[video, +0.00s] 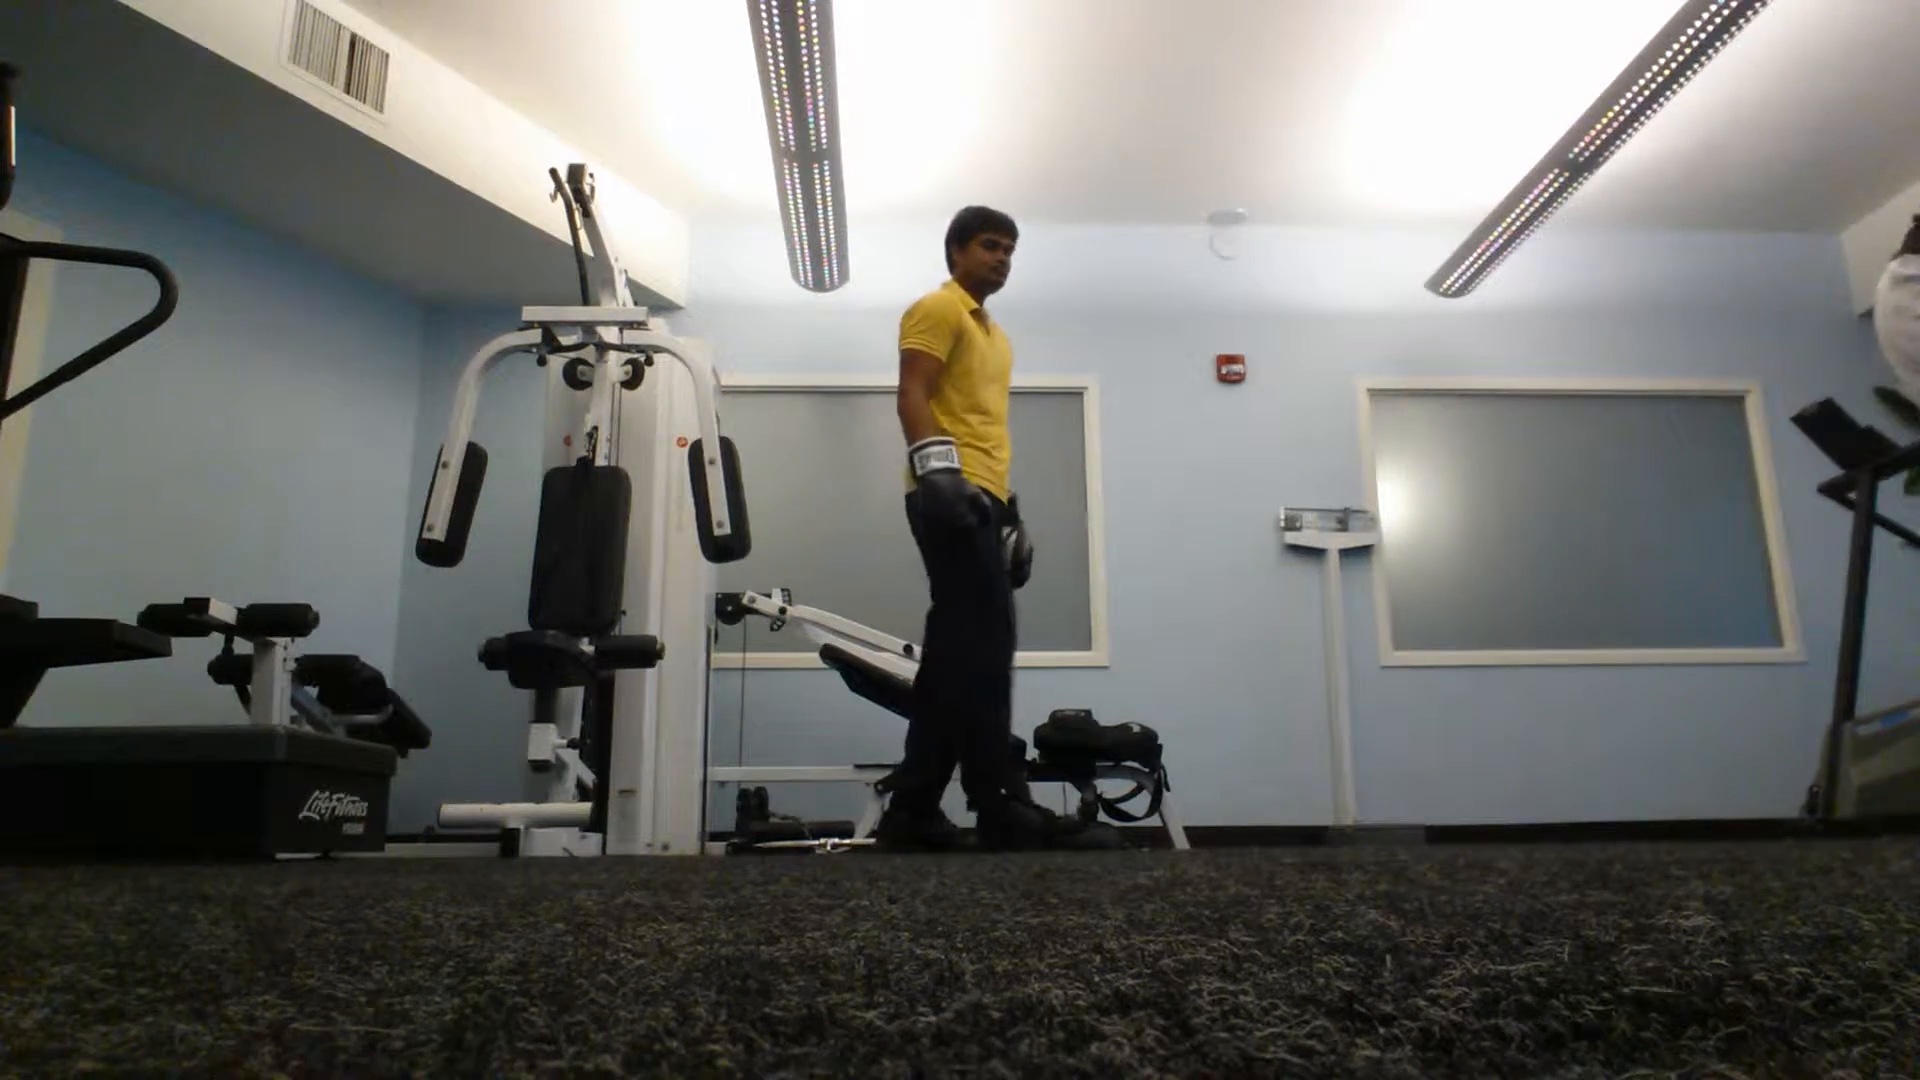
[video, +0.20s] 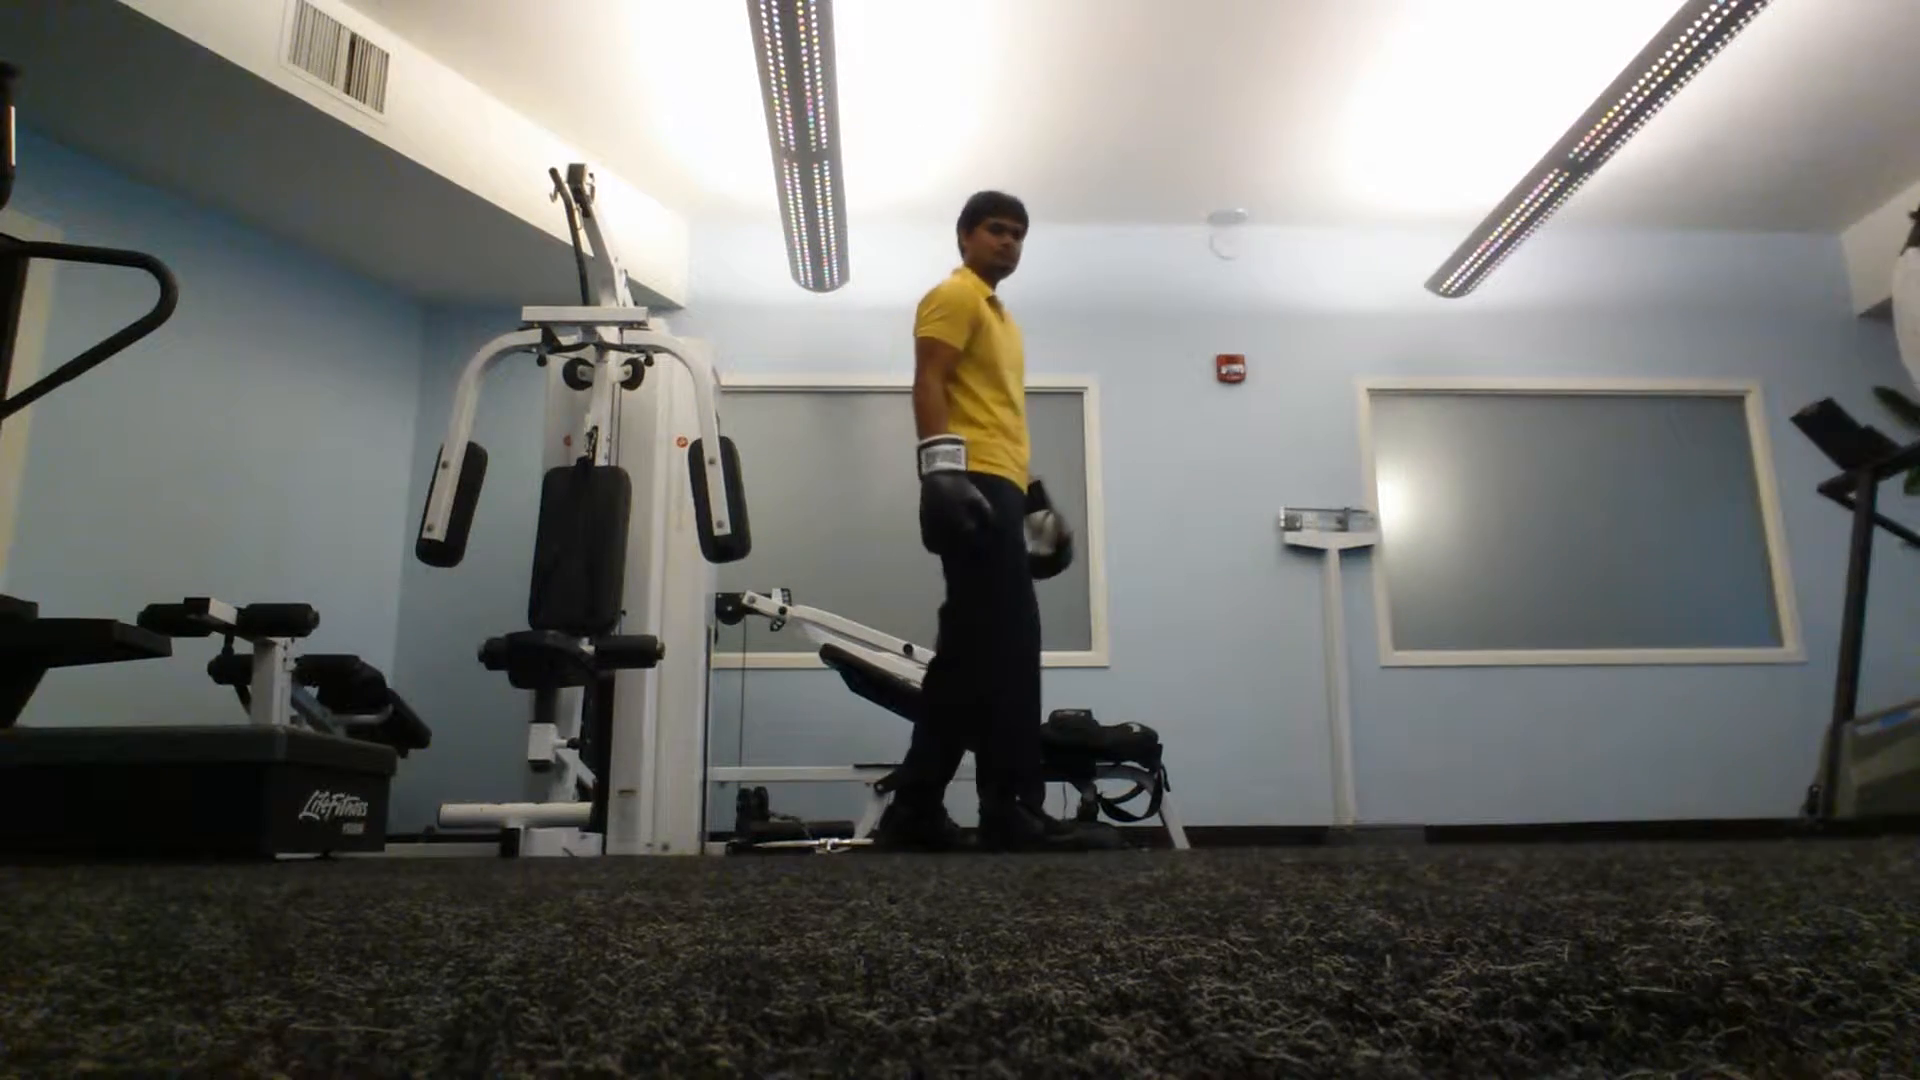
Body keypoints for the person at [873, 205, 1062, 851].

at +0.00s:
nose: (1002, 259)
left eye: (1009, 252)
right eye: (991, 247)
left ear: (1010, 263)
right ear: (957, 250)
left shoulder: (994, 335)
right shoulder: (938, 309)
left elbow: (989, 429)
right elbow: (912, 395)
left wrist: (1010, 518)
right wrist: (938, 474)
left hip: (985, 507)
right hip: (952, 499)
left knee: (956, 650)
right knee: (990, 640)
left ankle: (913, 807)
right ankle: (1001, 807)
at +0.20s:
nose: (1008, 242)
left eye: (1016, 235)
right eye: (996, 230)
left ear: (1022, 247)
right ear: (966, 236)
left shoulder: (998, 314)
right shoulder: (954, 295)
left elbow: (1002, 411)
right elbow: (929, 381)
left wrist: (1033, 497)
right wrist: (940, 470)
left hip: (1000, 491)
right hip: (975, 489)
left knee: (968, 648)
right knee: (1012, 642)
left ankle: (915, 803)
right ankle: (1012, 810)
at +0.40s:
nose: (1023, 226)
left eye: (1031, 220)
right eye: (1011, 214)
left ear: (1036, 233)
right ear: (980, 220)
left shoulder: (1005, 297)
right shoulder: (969, 278)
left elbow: (1012, 402)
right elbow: (945, 368)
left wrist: (1055, 483)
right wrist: (960, 459)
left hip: (1006, 486)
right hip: (983, 481)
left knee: (1009, 647)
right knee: (1010, 644)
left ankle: (928, 794)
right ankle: (1008, 810)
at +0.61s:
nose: (1034, 221)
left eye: (1044, 215)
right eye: (1023, 208)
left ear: (1049, 229)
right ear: (991, 212)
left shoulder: (1015, 293)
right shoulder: (968, 272)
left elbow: (1018, 395)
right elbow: (942, 363)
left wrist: (1052, 477)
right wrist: (978, 432)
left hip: (1022, 481)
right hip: (985, 473)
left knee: (1057, 634)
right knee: (1008, 635)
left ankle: (996, 784)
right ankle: (1001, 803)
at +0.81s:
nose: (1038, 212)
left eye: (1048, 205)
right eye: (1026, 200)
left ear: (1052, 220)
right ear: (992, 206)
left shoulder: (1026, 288)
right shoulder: (962, 266)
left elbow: (1012, 376)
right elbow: (910, 357)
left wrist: (1048, 454)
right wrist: (940, 404)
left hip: (1040, 471)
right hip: (993, 468)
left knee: (1062, 632)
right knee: (1010, 627)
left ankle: (999, 787)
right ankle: (997, 797)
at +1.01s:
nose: (1029, 205)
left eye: (1038, 198)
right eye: (1016, 195)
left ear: (1047, 214)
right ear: (987, 207)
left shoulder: (1035, 293)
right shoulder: (963, 267)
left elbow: (1036, 391)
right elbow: (916, 356)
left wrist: (1077, 462)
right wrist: (950, 399)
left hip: (1042, 468)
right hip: (993, 462)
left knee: (1064, 634)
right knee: (1009, 628)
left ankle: (1008, 792)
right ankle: (995, 804)